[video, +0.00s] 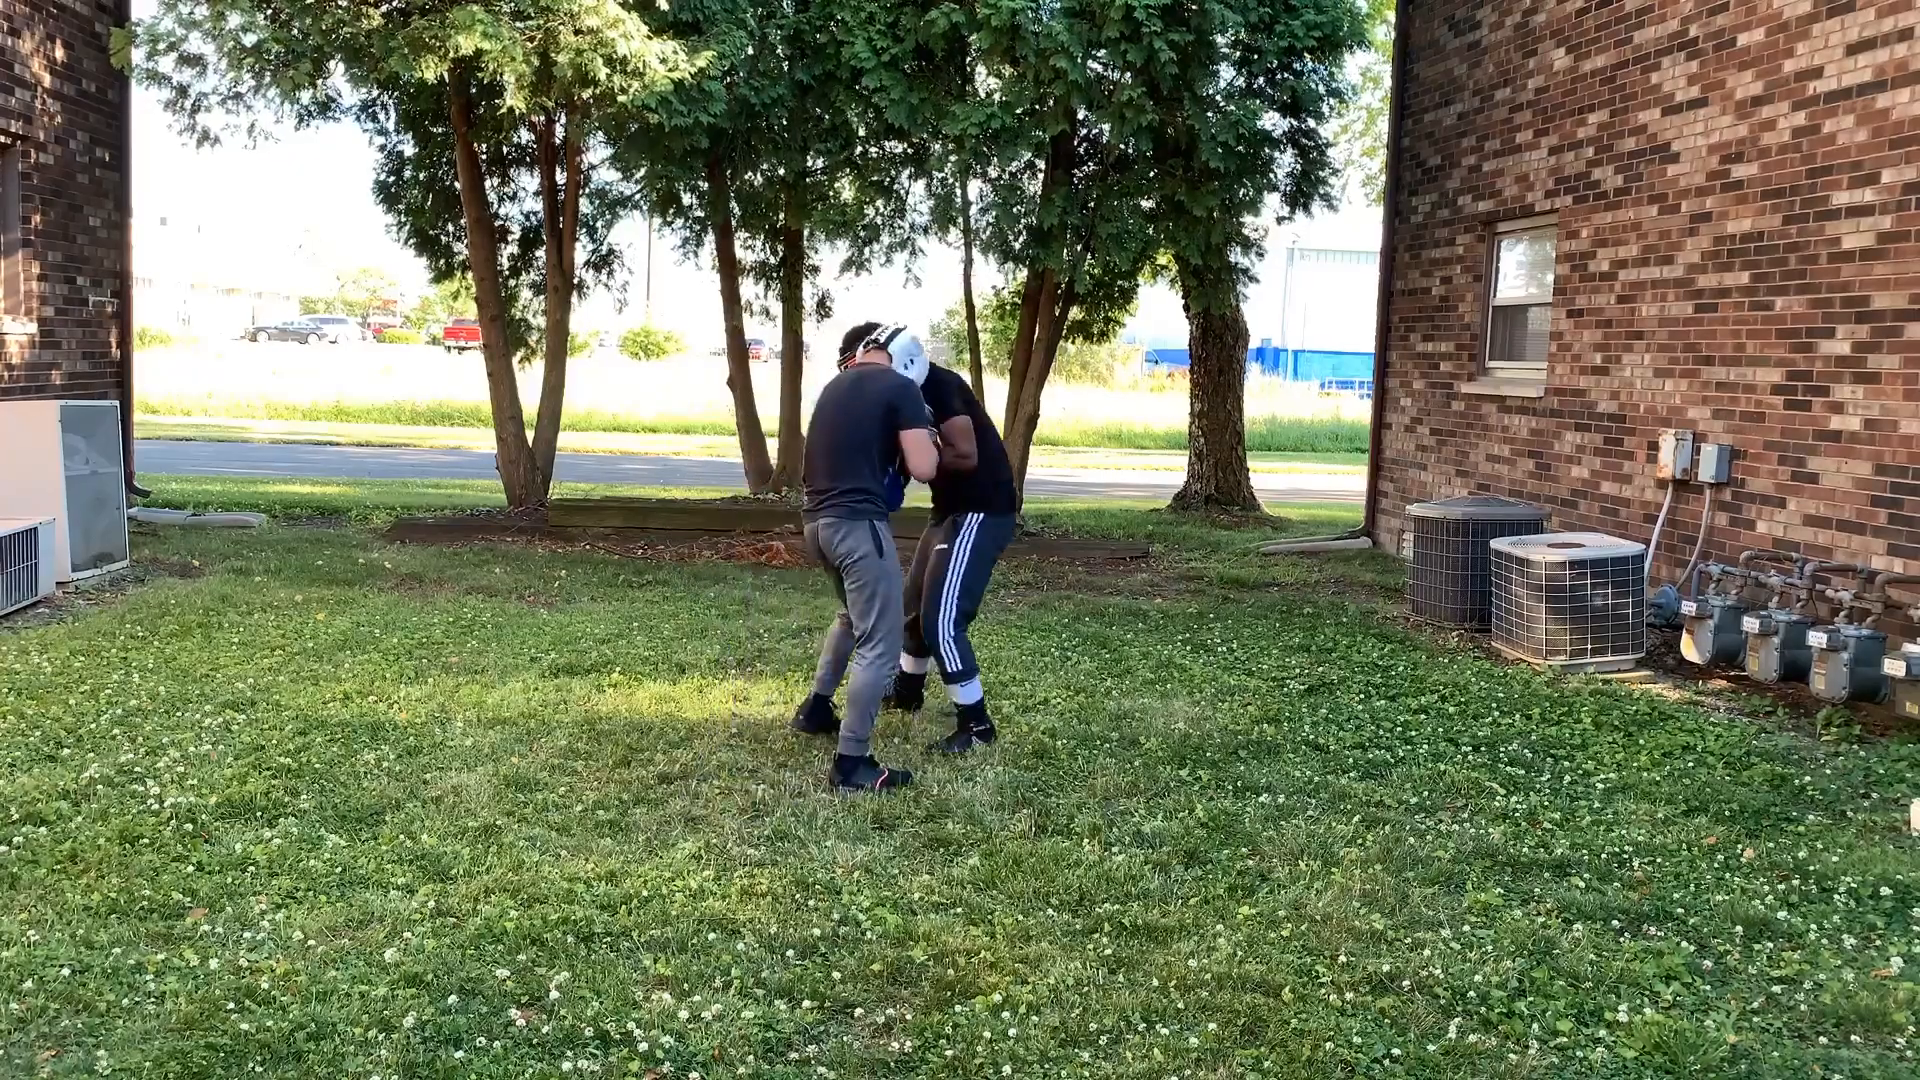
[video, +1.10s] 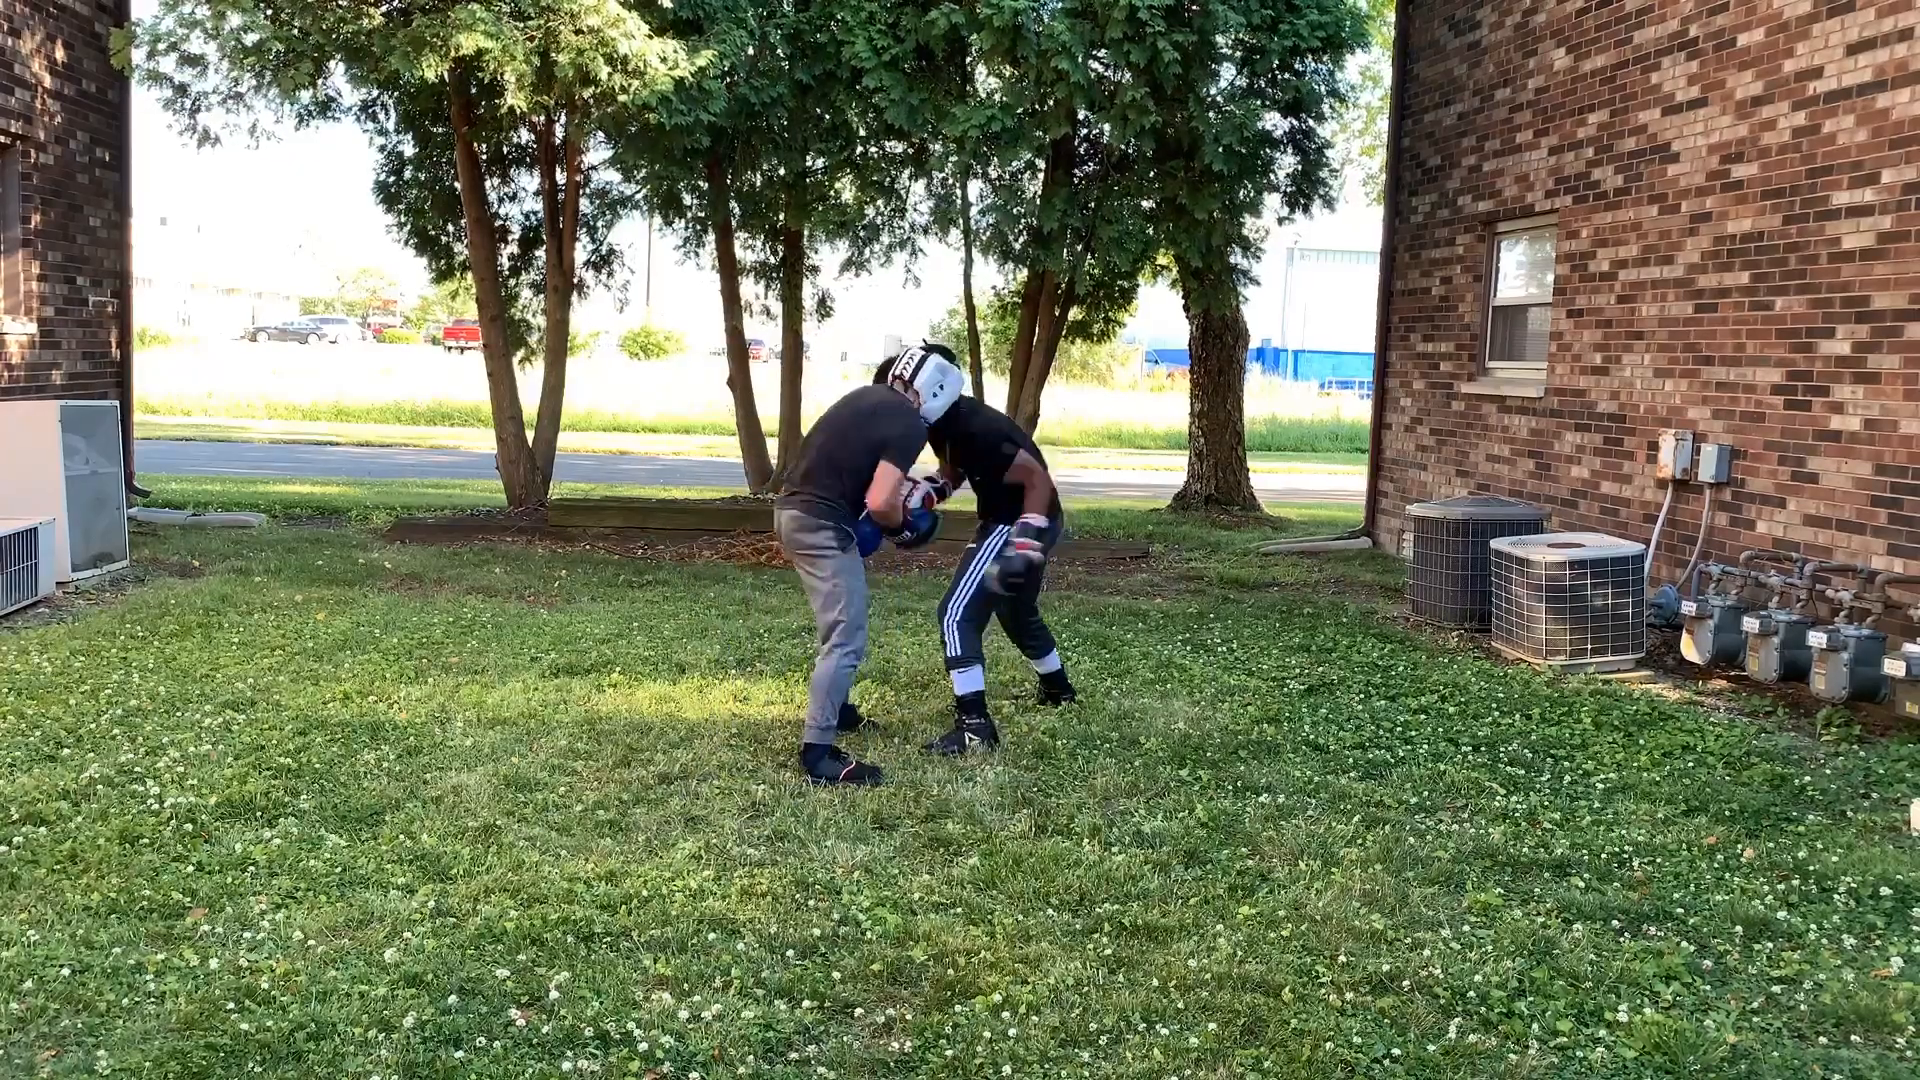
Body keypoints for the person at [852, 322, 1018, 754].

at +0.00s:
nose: (864, 380)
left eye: (868, 368)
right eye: (858, 372)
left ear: (898, 360)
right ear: (904, 361)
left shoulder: (940, 385)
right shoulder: (907, 401)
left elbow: (965, 455)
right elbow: (920, 462)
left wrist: (913, 452)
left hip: (980, 511)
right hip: (947, 511)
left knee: (942, 617)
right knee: (915, 604)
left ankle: (976, 723)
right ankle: (907, 690)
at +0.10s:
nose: (879, 376)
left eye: (884, 365)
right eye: (874, 367)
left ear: (907, 360)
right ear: (914, 357)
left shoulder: (945, 389)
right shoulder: (923, 392)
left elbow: (968, 467)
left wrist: (922, 450)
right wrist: (918, 446)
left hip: (999, 511)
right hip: (971, 506)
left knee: (953, 616)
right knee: (931, 584)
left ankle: (978, 725)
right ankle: (934, 685)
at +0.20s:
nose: (889, 381)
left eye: (891, 369)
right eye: (886, 370)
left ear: (915, 365)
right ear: (925, 358)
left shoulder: (962, 394)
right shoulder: (941, 392)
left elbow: (982, 476)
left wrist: (933, 459)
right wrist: (925, 451)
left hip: (1014, 510)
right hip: (989, 505)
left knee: (966, 612)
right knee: (965, 594)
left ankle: (979, 722)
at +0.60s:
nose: (922, 414)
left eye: (924, 404)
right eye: (919, 404)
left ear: (942, 397)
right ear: (960, 392)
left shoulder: (976, 428)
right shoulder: (986, 413)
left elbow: (997, 509)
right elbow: (991, 501)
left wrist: (952, 495)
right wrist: (952, 492)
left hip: (1031, 525)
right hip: (1053, 523)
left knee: (964, 616)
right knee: (1016, 612)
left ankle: (977, 728)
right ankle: (1058, 692)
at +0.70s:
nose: (915, 409)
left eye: (919, 398)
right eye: (912, 398)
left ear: (941, 396)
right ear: (958, 393)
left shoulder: (972, 429)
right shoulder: (975, 422)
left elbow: (1003, 504)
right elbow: (978, 498)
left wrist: (957, 500)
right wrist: (951, 539)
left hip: (1031, 528)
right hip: (1054, 525)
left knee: (962, 617)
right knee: (1018, 615)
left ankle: (977, 728)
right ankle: (1058, 691)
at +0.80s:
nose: (949, 416)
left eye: (953, 408)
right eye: (951, 406)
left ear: (917, 384)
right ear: (936, 392)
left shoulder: (893, 408)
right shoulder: (915, 415)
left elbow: (883, 487)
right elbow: (890, 490)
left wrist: (926, 473)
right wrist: (923, 476)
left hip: (849, 526)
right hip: (833, 524)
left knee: (886, 614)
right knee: (847, 637)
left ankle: (839, 708)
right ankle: (817, 752)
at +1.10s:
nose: (937, 409)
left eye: (941, 400)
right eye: (938, 398)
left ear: (899, 377)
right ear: (922, 388)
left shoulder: (866, 399)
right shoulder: (908, 422)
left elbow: (852, 466)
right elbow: (879, 502)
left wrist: (907, 486)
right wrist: (904, 524)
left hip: (793, 509)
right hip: (819, 520)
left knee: (840, 618)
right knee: (846, 639)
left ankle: (833, 707)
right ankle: (817, 752)